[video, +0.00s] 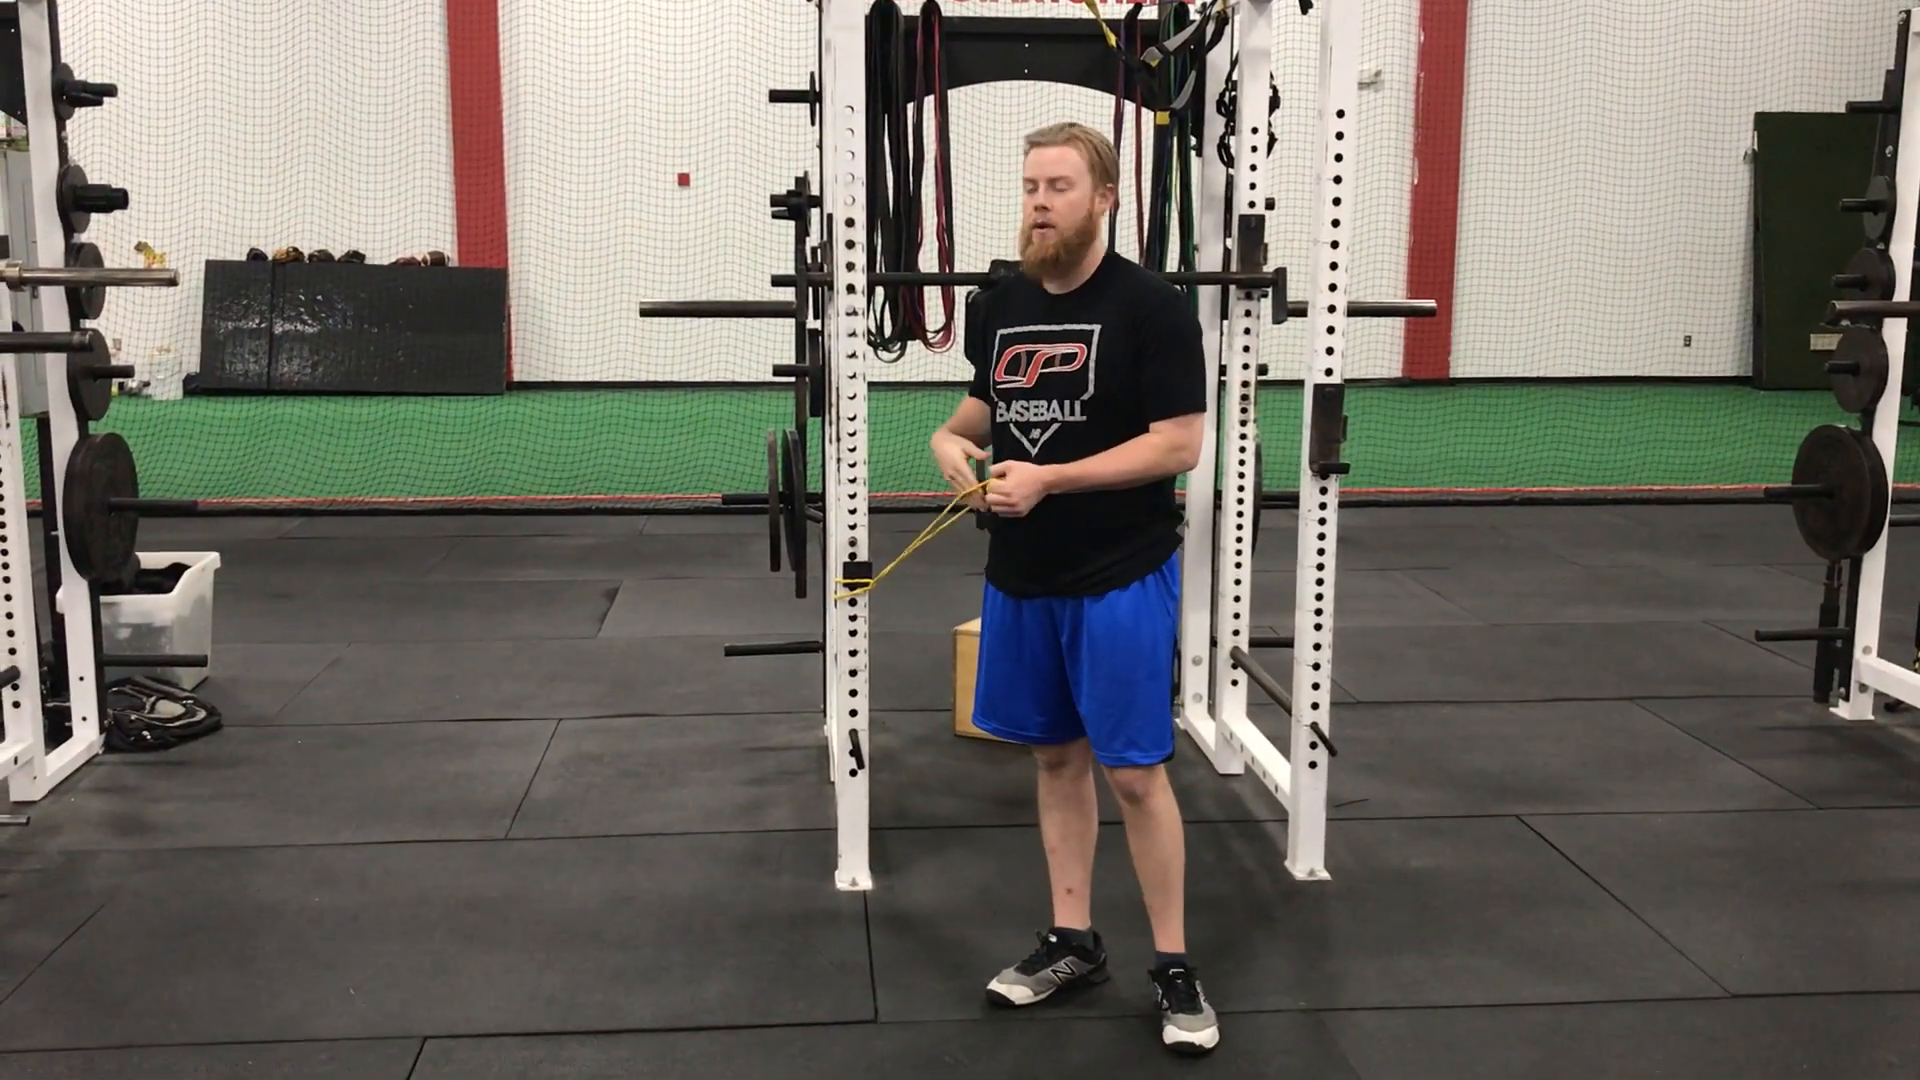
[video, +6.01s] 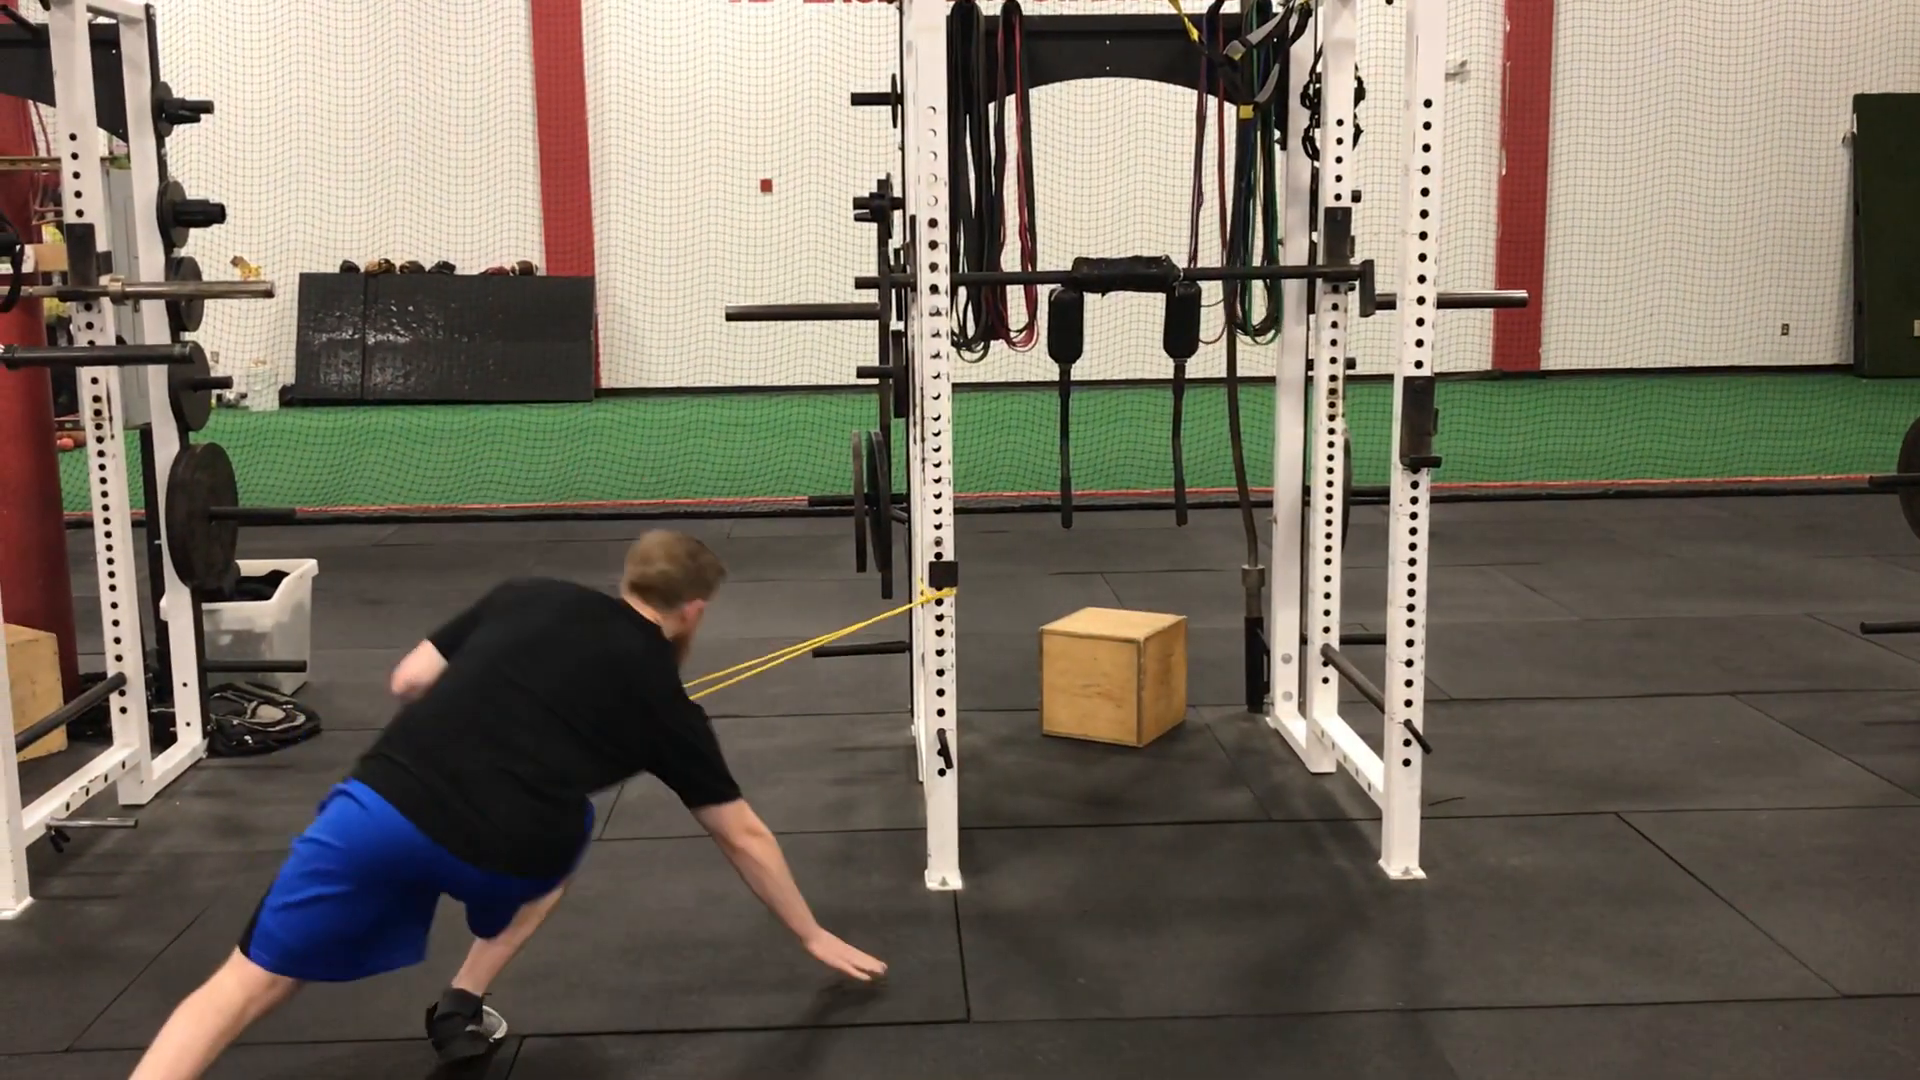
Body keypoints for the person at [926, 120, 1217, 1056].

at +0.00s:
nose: (1037, 202)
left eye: (1057, 187)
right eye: (1029, 187)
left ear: (1102, 200)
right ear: (1021, 199)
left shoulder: (1152, 305)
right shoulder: (999, 301)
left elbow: (1182, 442)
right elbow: (986, 408)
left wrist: (1050, 476)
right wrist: (948, 438)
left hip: (1122, 578)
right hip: (1024, 579)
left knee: (1134, 774)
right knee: (1057, 760)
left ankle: (1172, 966)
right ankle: (1072, 940)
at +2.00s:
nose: (1066, 233)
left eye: (1079, 215)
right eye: (1064, 215)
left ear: (1136, 213)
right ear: (1115, 216)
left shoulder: (1210, 318)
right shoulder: (1078, 328)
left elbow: (1228, 459)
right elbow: (1045, 460)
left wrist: (1088, 486)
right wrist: (1018, 591)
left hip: (1185, 598)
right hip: (1089, 597)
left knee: (1198, 781)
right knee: (1099, 772)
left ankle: (1211, 974)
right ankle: (1097, 957)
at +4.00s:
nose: (951, 257)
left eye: (963, 237)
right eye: (953, 238)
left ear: (1019, 243)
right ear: (1018, 245)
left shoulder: (1078, 352)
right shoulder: (1015, 351)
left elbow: (1090, 505)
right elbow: (1051, 467)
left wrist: (963, 537)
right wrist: (1009, 432)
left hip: (1094, 642)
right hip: (996, 630)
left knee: (1148, 818)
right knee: (917, 781)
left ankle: (1244, 964)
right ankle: (898, 993)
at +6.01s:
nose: (704, 624)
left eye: (703, 609)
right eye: (707, 612)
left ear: (624, 578)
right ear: (689, 612)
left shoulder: (529, 598)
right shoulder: (662, 696)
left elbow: (410, 681)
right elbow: (742, 834)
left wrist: (474, 730)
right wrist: (812, 933)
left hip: (385, 806)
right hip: (500, 858)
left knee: (246, 981)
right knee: (569, 829)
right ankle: (463, 1004)